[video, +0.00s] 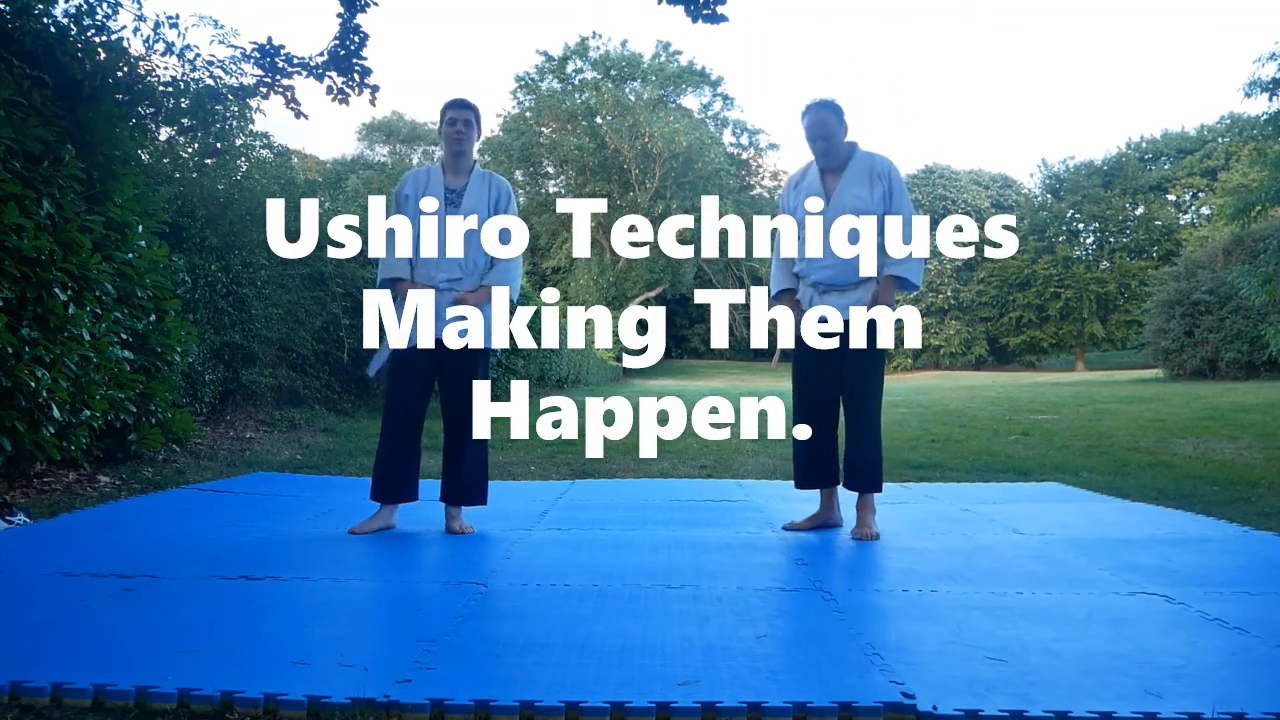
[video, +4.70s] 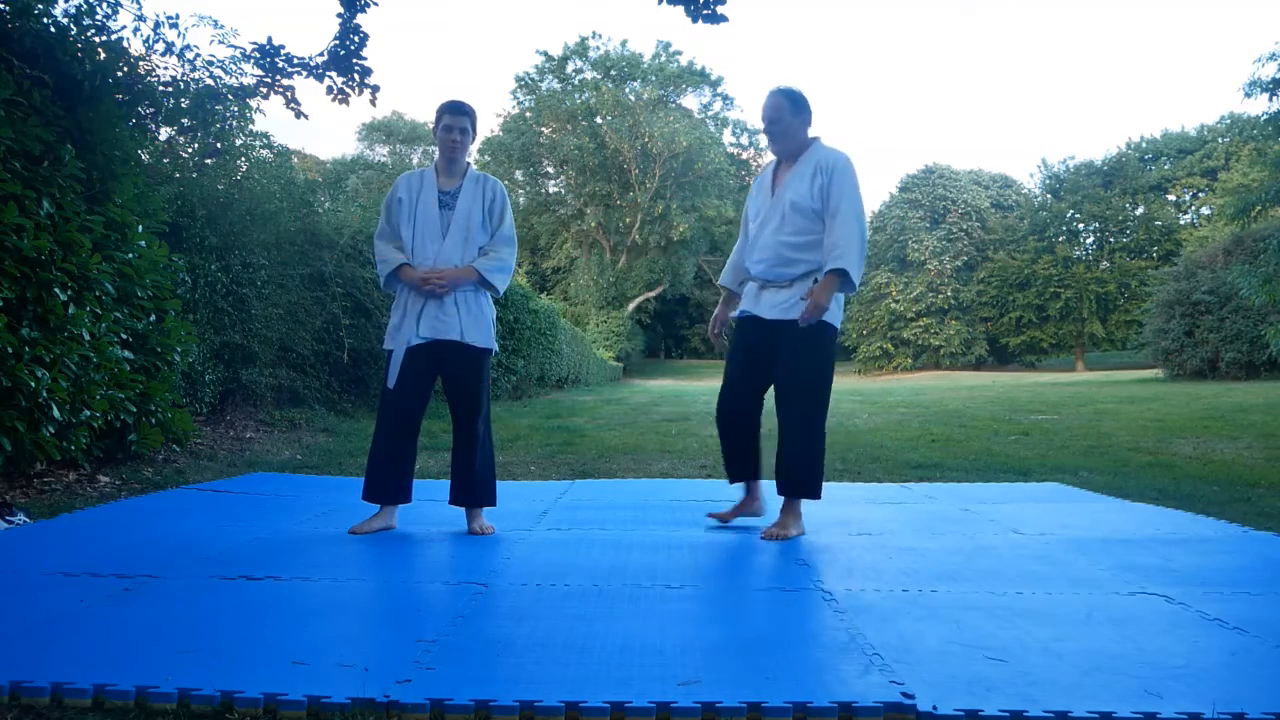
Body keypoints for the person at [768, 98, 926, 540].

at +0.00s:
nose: (817, 145)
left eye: (824, 136)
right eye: (811, 138)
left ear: (845, 130)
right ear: (804, 137)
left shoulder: (879, 170)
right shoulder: (795, 185)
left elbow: (904, 237)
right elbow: (783, 251)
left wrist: (883, 298)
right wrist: (791, 303)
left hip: (865, 307)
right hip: (812, 309)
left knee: (862, 408)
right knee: (815, 407)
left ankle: (865, 509)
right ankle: (828, 507)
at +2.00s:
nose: (818, 134)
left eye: (826, 126)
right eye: (813, 128)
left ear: (847, 128)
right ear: (806, 135)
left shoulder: (877, 172)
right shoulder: (798, 188)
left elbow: (900, 236)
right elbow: (781, 244)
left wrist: (857, 268)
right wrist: (786, 273)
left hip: (860, 311)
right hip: (809, 310)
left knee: (859, 408)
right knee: (811, 408)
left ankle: (864, 510)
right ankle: (828, 507)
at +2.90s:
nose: (816, 137)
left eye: (824, 129)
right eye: (810, 131)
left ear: (846, 130)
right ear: (806, 137)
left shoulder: (873, 175)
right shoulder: (801, 191)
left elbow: (902, 232)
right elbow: (782, 254)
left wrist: (923, 258)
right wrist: (753, 289)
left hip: (855, 309)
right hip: (806, 310)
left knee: (855, 408)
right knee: (812, 408)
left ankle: (863, 509)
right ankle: (828, 507)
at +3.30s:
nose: (813, 135)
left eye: (821, 128)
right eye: (808, 130)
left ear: (842, 132)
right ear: (803, 138)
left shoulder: (871, 175)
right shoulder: (797, 190)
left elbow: (892, 239)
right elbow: (779, 256)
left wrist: (878, 295)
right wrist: (772, 303)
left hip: (853, 305)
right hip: (803, 308)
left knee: (854, 406)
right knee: (811, 407)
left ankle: (864, 508)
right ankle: (827, 506)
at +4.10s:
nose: (797, 134)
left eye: (805, 126)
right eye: (792, 128)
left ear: (827, 127)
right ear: (787, 133)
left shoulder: (856, 171)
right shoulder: (786, 184)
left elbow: (877, 234)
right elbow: (770, 247)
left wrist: (882, 296)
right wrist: (759, 307)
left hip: (831, 304)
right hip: (785, 305)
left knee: (811, 405)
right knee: (796, 406)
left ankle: (793, 508)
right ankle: (828, 505)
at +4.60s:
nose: (771, 131)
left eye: (780, 122)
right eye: (768, 123)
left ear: (808, 122)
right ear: (768, 126)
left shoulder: (835, 165)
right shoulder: (767, 180)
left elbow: (850, 231)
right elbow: (750, 244)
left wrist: (829, 290)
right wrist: (726, 302)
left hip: (809, 307)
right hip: (761, 307)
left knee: (800, 408)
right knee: (741, 401)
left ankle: (792, 512)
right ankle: (782, 487)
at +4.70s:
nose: (767, 130)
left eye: (775, 122)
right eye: (764, 123)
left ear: (803, 121)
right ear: (766, 125)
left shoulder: (832, 165)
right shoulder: (763, 179)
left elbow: (848, 231)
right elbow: (746, 243)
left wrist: (825, 290)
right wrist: (726, 301)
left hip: (807, 306)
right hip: (757, 306)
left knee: (799, 410)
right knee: (735, 403)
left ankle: (791, 514)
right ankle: (751, 497)